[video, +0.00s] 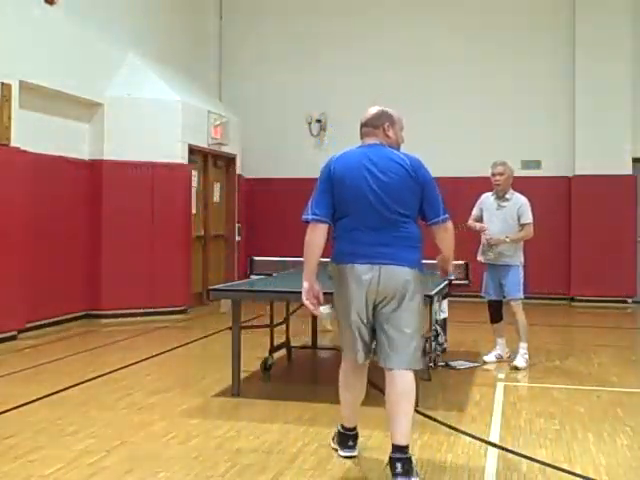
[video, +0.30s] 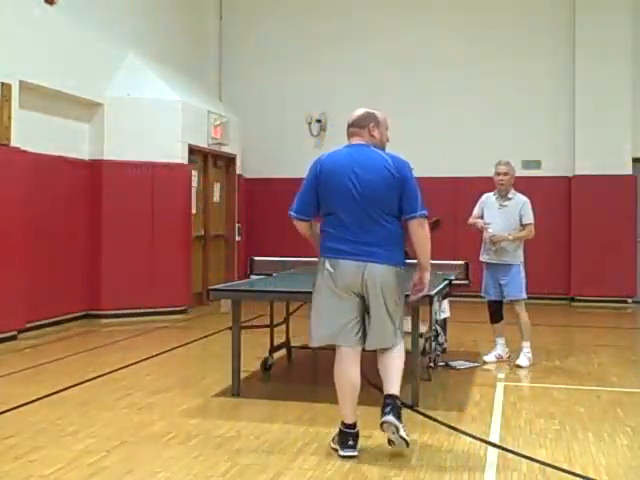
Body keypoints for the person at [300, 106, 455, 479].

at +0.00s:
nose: (402, 138)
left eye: (401, 131)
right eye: (400, 132)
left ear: (363, 131)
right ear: (389, 130)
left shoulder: (336, 165)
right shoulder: (411, 166)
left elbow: (318, 224)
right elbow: (441, 223)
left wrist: (309, 278)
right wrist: (447, 260)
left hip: (353, 273)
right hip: (402, 274)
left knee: (354, 357)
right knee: (400, 364)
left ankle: (347, 435)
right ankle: (401, 459)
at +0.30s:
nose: (388, 137)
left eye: (387, 130)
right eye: (386, 131)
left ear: (350, 131)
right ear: (373, 130)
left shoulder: (324, 164)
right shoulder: (397, 166)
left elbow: (301, 218)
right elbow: (417, 221)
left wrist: (326, 248)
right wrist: (424, 268)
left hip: (339, 267)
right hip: (384, 269)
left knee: (347, 348)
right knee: (391, 341)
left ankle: (348, 435)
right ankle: (391, 407)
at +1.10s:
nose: (380, 148)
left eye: (378, 144)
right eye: (379, 144)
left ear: (347, 143)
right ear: (372, 143)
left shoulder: (327, 170)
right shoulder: (389, 173)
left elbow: (305, 215)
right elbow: (413, 219)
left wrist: (332, 199)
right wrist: (422, 249)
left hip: (338, 263)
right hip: (378, 264)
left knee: (339, 334)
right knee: (376, 336)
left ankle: (331, 403)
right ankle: (377, 413)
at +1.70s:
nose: (352, 149)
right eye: (356, 146)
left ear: (331, 148)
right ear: (357, 151)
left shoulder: (311, 168)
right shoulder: (372, 175)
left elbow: (290, 213)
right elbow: (387, 223)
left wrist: (315, 229)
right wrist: (378, 259)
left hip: (321, 257)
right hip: (360, 259)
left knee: (328, 329)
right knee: (355, 330)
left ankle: (330, 402)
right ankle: (353, 398)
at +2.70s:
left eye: (335, 143)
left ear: (332, 148)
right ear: (358, 152)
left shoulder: (323, 167)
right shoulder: (374, 180)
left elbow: (304, 209)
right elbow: (386, 228)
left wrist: (289, 243)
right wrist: (372, 255)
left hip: (326, 254)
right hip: (361, 258)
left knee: (309, 326)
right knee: (354, 330)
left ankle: (297, 399)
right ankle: (353, 399)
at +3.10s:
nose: (290, 158)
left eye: (288, 154)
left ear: (291, 152)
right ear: (315, 146)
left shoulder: (292, 172)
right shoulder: (342, 174)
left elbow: (277, 220)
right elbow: (360, 220)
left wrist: (259, 259)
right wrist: (351, 248)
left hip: (300, 258)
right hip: (334, 259)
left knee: (295, 329)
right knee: (337, 329)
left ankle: (292, 403)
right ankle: (351, 397)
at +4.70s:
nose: (163, 169)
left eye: (162, 164)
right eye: (161, 165)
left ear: (167, 156)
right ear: (185, 150)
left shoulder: (179, 169)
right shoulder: (213, 172)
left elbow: (178, 200)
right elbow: (230, 212)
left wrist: (166, 231)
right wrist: (210, 232)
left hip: (190, 251)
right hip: (216, 251)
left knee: (178, 324)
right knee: (214, 322)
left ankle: (164, 392)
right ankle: (237, 385)